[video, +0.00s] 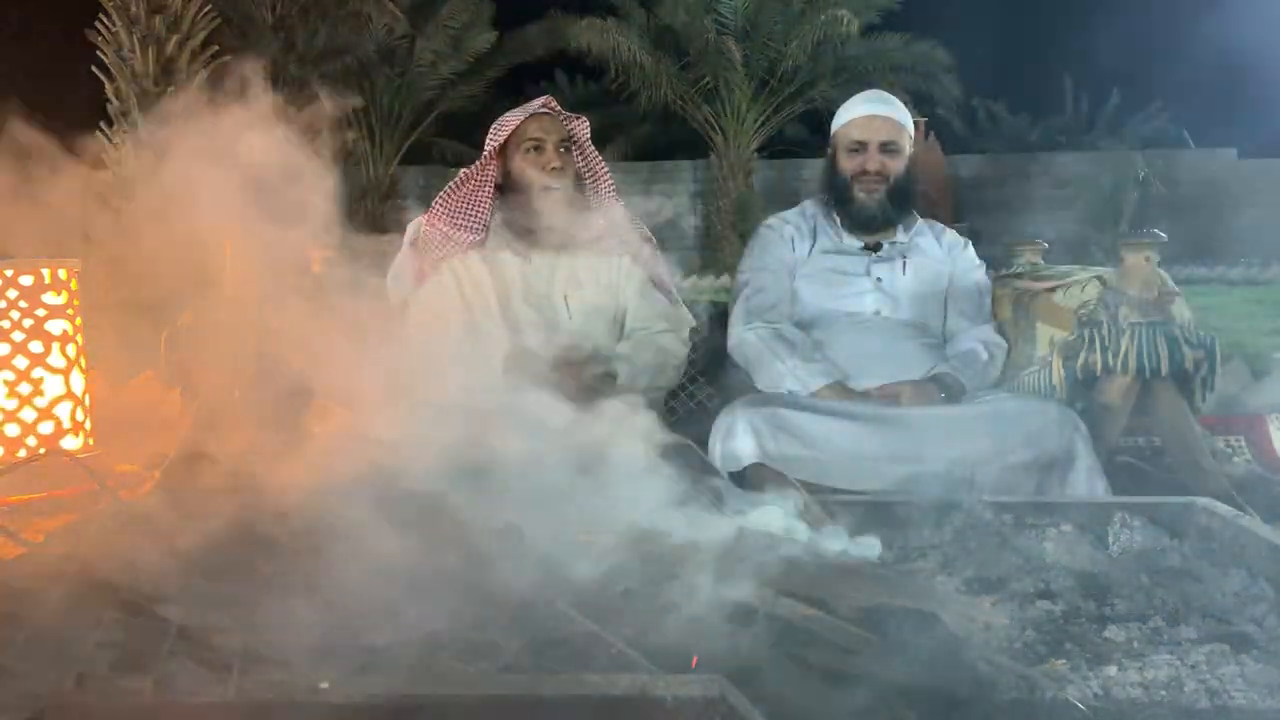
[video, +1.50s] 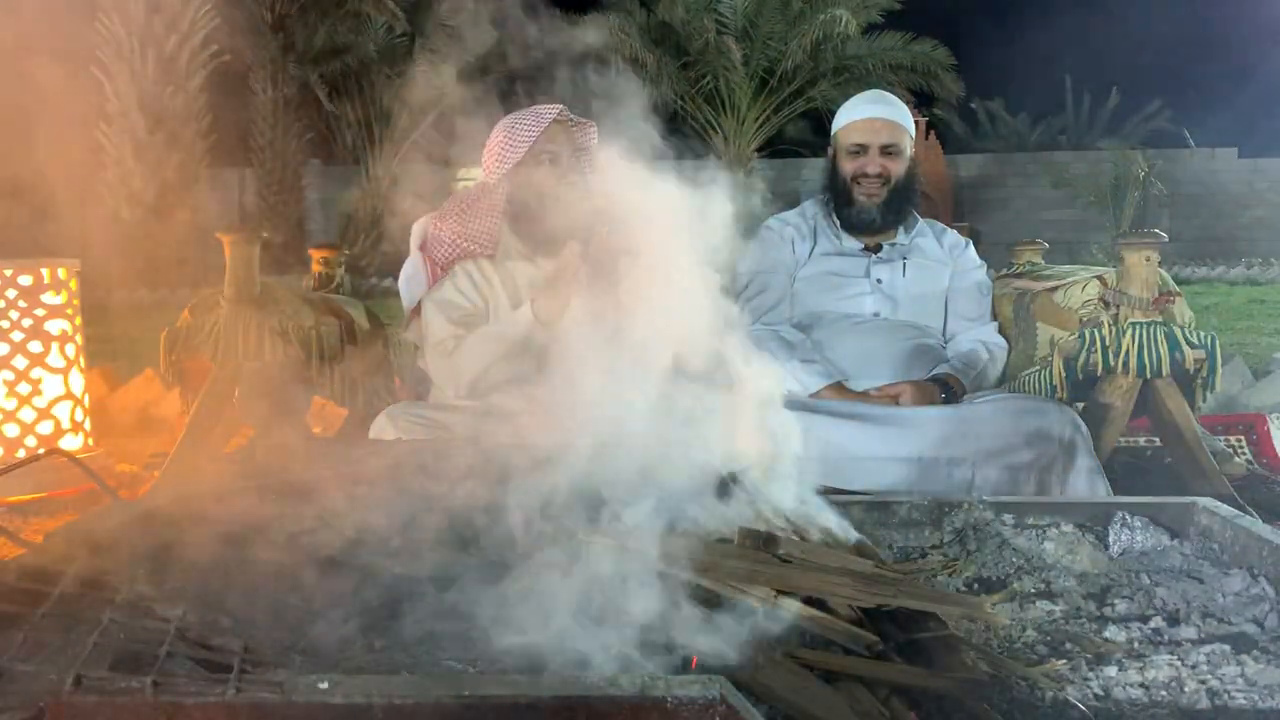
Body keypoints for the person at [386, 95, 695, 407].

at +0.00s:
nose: (555, 161)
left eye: (564, 147)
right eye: (534, 149)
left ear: (579, 161)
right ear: (502, 168)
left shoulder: (613, 259)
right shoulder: (460, 267)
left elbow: (666, 341)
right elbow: (421, 363)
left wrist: (608, 370)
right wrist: (507, 365)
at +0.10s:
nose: (556, 162)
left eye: (567, 150)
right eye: (536, 150)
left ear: (581, 170)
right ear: (502, 170)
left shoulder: (616, 271)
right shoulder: (461, 276)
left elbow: (669, 357)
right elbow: (424, 372)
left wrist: (611, 329)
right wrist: (508, 336)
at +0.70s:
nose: (562, 170)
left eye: (571, 154)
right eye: (540, 155)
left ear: (583, 167)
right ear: (504, 173)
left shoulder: (616, 260)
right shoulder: (465, 267)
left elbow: (658, 360)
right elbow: (445, 375)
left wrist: (605, 298)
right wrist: (525, 300)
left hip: (599, 417)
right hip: (496, 413)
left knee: (673, 440)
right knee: (394, 427)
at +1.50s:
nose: (569, 174)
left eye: (576, 160)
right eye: (548, 159)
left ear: (586, 171)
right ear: (507, 175)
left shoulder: (604, 260)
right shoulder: (464, 268)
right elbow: (457, 376)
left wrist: (612, 280)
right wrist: (541, 314)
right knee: (395, 426)